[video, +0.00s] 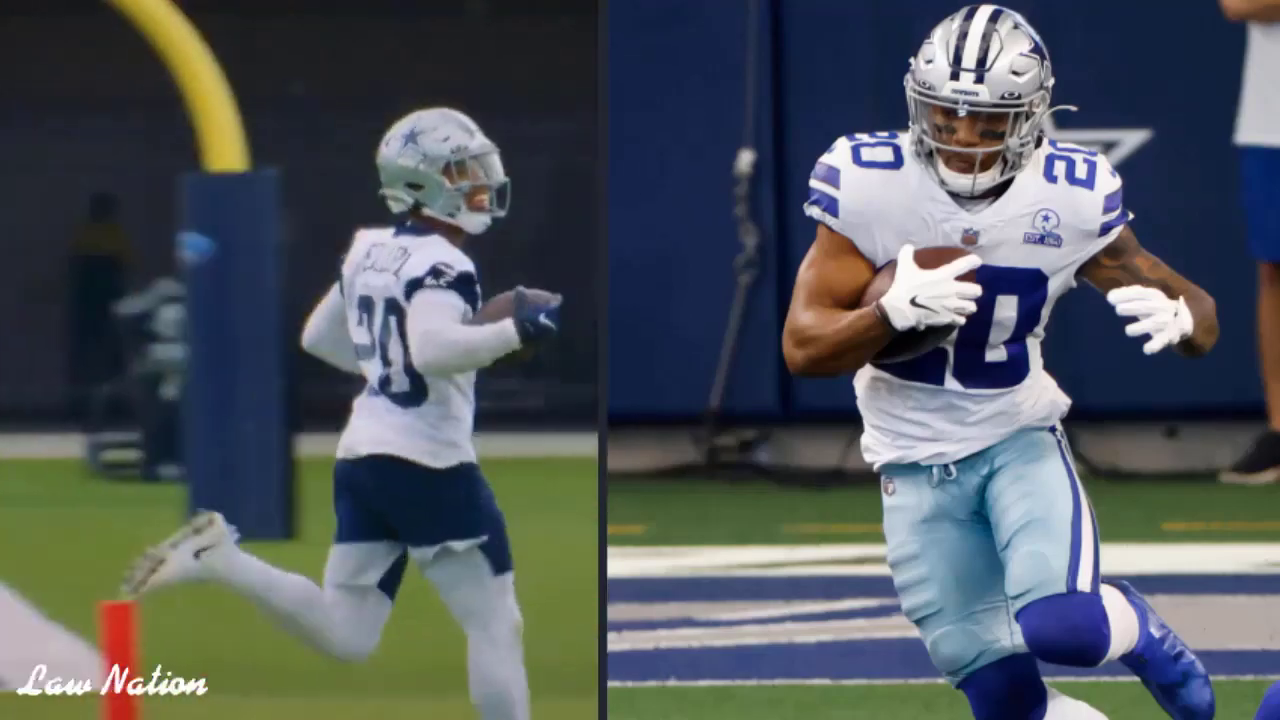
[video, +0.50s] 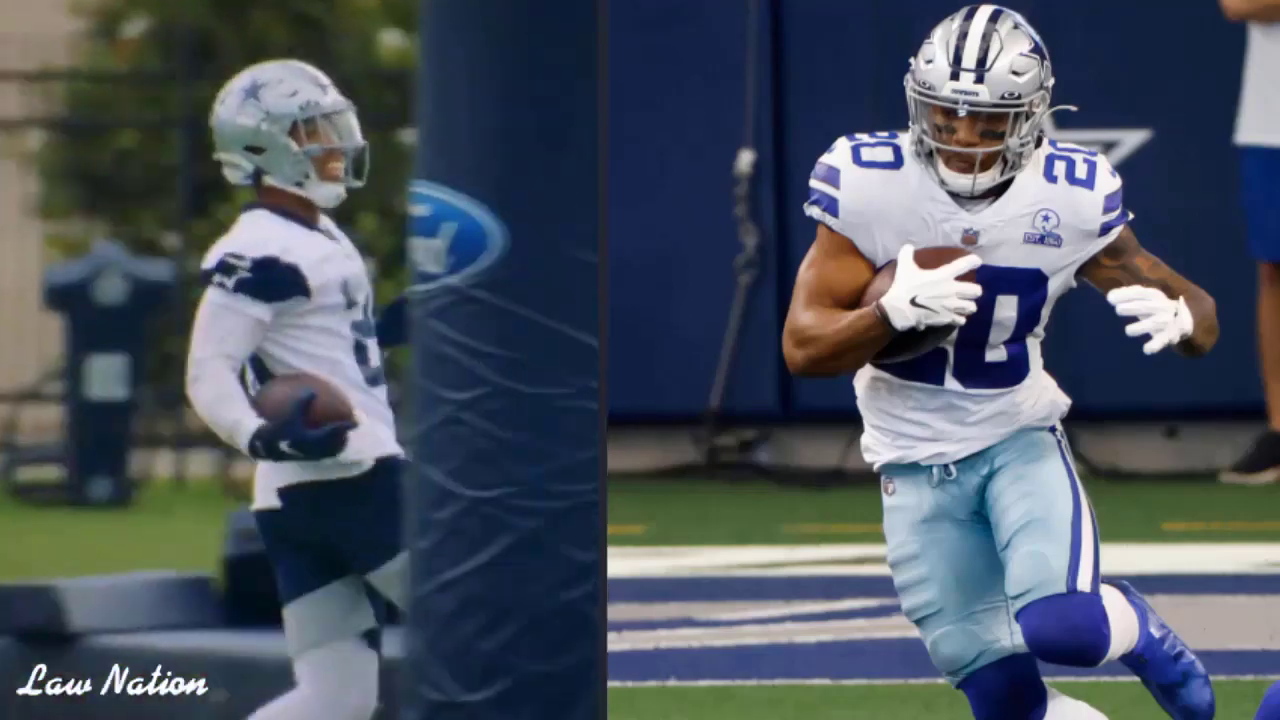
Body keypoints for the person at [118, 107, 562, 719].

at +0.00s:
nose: (481, 186)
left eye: (479, 171)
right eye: (464, 174)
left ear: (409, 191)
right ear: (423, 187)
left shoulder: (369, 250)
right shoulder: (440, 260)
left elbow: (321, 336)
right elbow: (435, 348)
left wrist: (395, 367)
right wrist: (517, 329)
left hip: (363, 462)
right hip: (429, 467)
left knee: (348, 633)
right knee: (495, 623)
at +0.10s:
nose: (455, 175)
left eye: (454, 161)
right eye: (441, 163)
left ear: (386, 179)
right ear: (404, 174)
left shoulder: (339, 244)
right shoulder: (422, 249)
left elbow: (282, 330)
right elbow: (436, 335)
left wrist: (349, 368)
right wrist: (522, 312)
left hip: (350, 448)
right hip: (391, 458)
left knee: (449, 610)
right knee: (411, 623)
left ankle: (288, 650)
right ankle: (321, 714)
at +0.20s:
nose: (404, 152)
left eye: (401, 138)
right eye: (390, 141)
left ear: (326, 160)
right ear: (350, 156)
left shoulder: (283, 229)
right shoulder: (379, 228)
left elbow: (227, 315)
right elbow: (401, 318)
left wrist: (306, 352)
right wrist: (495, 335)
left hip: (341, 445)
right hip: (357, 450)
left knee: (454, 596)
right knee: (330, 621)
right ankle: (156, 676)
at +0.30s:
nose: (381, 179)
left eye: (377, 164)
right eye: (365, 167)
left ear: (307, 186)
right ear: (325, 181)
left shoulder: (270, 256)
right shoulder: (352, 259)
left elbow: (210, 341)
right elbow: (346, 364)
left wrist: (298, 375)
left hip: (319, 470)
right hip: (344, 477)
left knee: (438, 652)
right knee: (330, 659)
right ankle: (153, 605)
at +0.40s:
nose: (370, 184)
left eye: (367, 168)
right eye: (350, 172)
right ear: (310, 186)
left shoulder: (301, 268)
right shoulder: (311, 275)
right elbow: (267, 391)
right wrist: (337, 455)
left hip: (323, 508)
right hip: (334, 513)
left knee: (403, 680)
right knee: (442, 672)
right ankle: (253, 684)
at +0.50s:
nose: (334, 148)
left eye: (333, 129)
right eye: (312, 134)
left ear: (344, 130)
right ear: (266, 149)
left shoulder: (322, 237)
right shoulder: (259, 247)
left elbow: (317, 356)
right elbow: (208, 372)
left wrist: (389, 329)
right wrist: (259, 435)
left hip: (297, 491)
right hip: (355, 476)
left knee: (339, 697)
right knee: (473, 631)